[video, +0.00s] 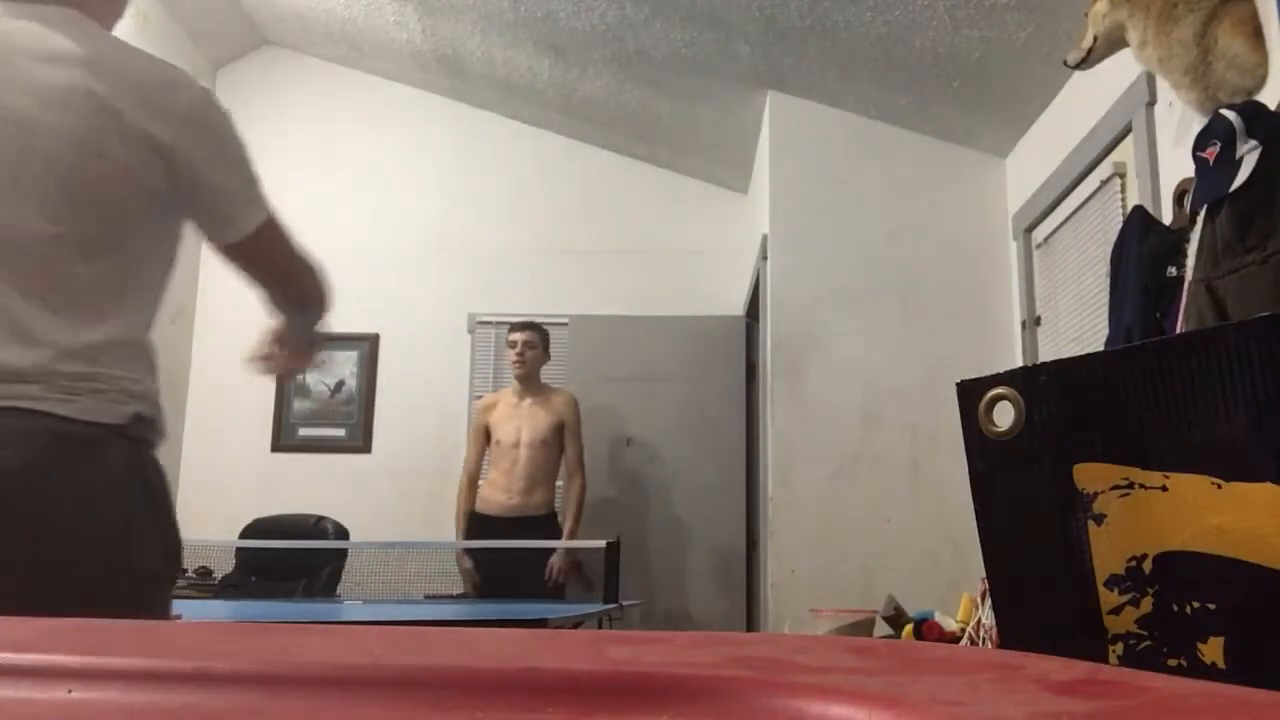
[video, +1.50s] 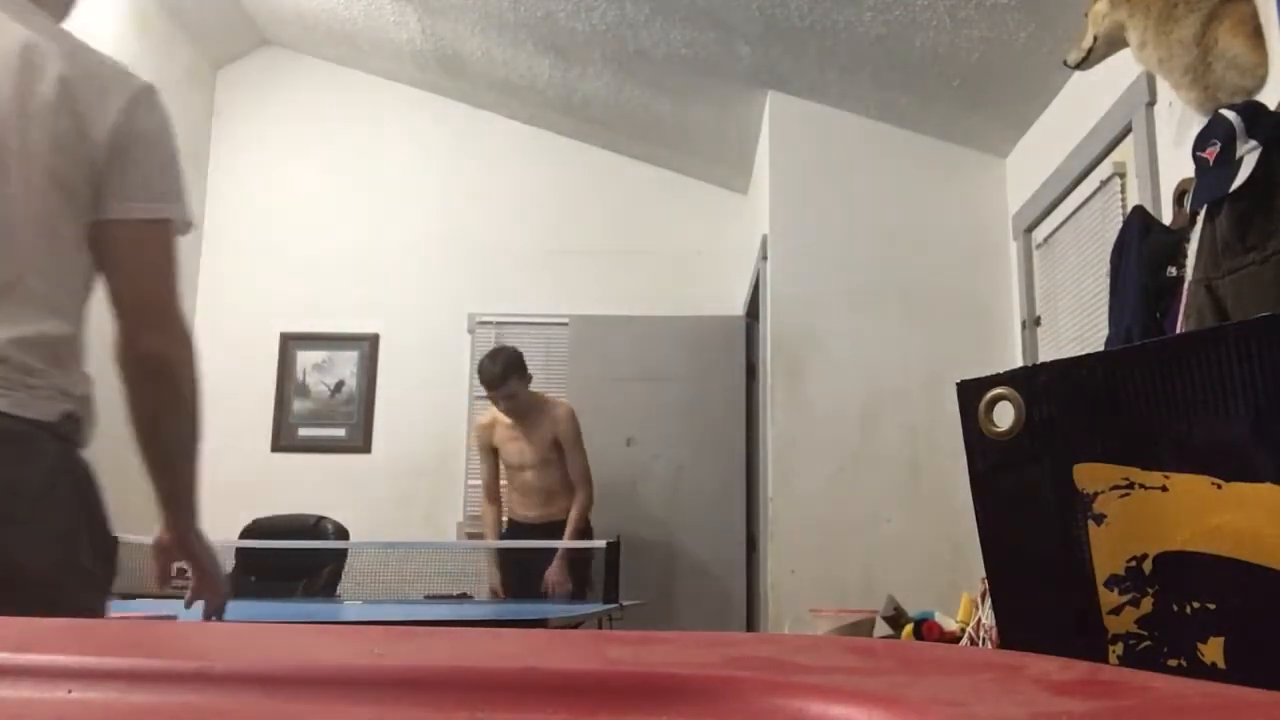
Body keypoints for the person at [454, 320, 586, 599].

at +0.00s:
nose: (518, 353)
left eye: (529, 346)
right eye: (512, 346)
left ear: (545, 356)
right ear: (507, 353)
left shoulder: (562, 404)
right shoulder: (487, 406)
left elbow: (575, 478)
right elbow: (470, 476)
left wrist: (565, 545)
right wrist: (460, 543)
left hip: (538, 528)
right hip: (485, 527)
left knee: (540, 627)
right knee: (486, 625)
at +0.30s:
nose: (513, 356)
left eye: (523, 349)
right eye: (506, 349)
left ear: (539, 359)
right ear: (499, 357)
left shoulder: (558, 406)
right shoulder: (482, 409)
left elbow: (575, 478)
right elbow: (463, 481)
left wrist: (569, 544)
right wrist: (454, 545)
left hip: (534, 530)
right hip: (483, 529)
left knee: (535, 630)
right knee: (484, 628)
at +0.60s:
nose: (514, 357)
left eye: (524, 351)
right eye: (507, 351)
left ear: (539, 360)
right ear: (499, 360)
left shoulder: (558, 407)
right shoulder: (482, 410)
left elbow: (574, 479)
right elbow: (463, 481)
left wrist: (569, 546)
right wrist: (457, 544)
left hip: (535, 530)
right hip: (483, 528)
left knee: (535, 629)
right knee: (483, 627)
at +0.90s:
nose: (512, 372)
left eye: (522, 363)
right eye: (506, 363)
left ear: (539, 363)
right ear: (498, 364)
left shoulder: (560, 408)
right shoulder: (483, 410)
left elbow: (574, 481)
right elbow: (470, 479)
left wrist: (563, 549)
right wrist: (465, 535)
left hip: (539, 531)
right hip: (488, 529)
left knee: (536, 630)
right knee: (485, 628)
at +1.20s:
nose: (506, 392)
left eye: (515, 382)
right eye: (499, 382)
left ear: (534, 371)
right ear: (492, 376)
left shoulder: (559, 415)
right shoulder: (484, 417)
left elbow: (567, 494)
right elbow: (479, 493)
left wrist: (547, 560)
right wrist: (479, 556)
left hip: (547, 531)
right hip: (499, 530)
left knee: (547, 627)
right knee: (499, 629)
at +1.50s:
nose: (504, 406)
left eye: (510, 396)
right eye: (495, 399)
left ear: (527, 379)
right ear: (487, 394)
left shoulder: (560, 417)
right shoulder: (489, 428)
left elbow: (584, 492)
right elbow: (491, 501)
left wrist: (561, 559)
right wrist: (492, 564)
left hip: (564, 533)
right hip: (518, 535)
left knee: (563, 630)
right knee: (516, 631)